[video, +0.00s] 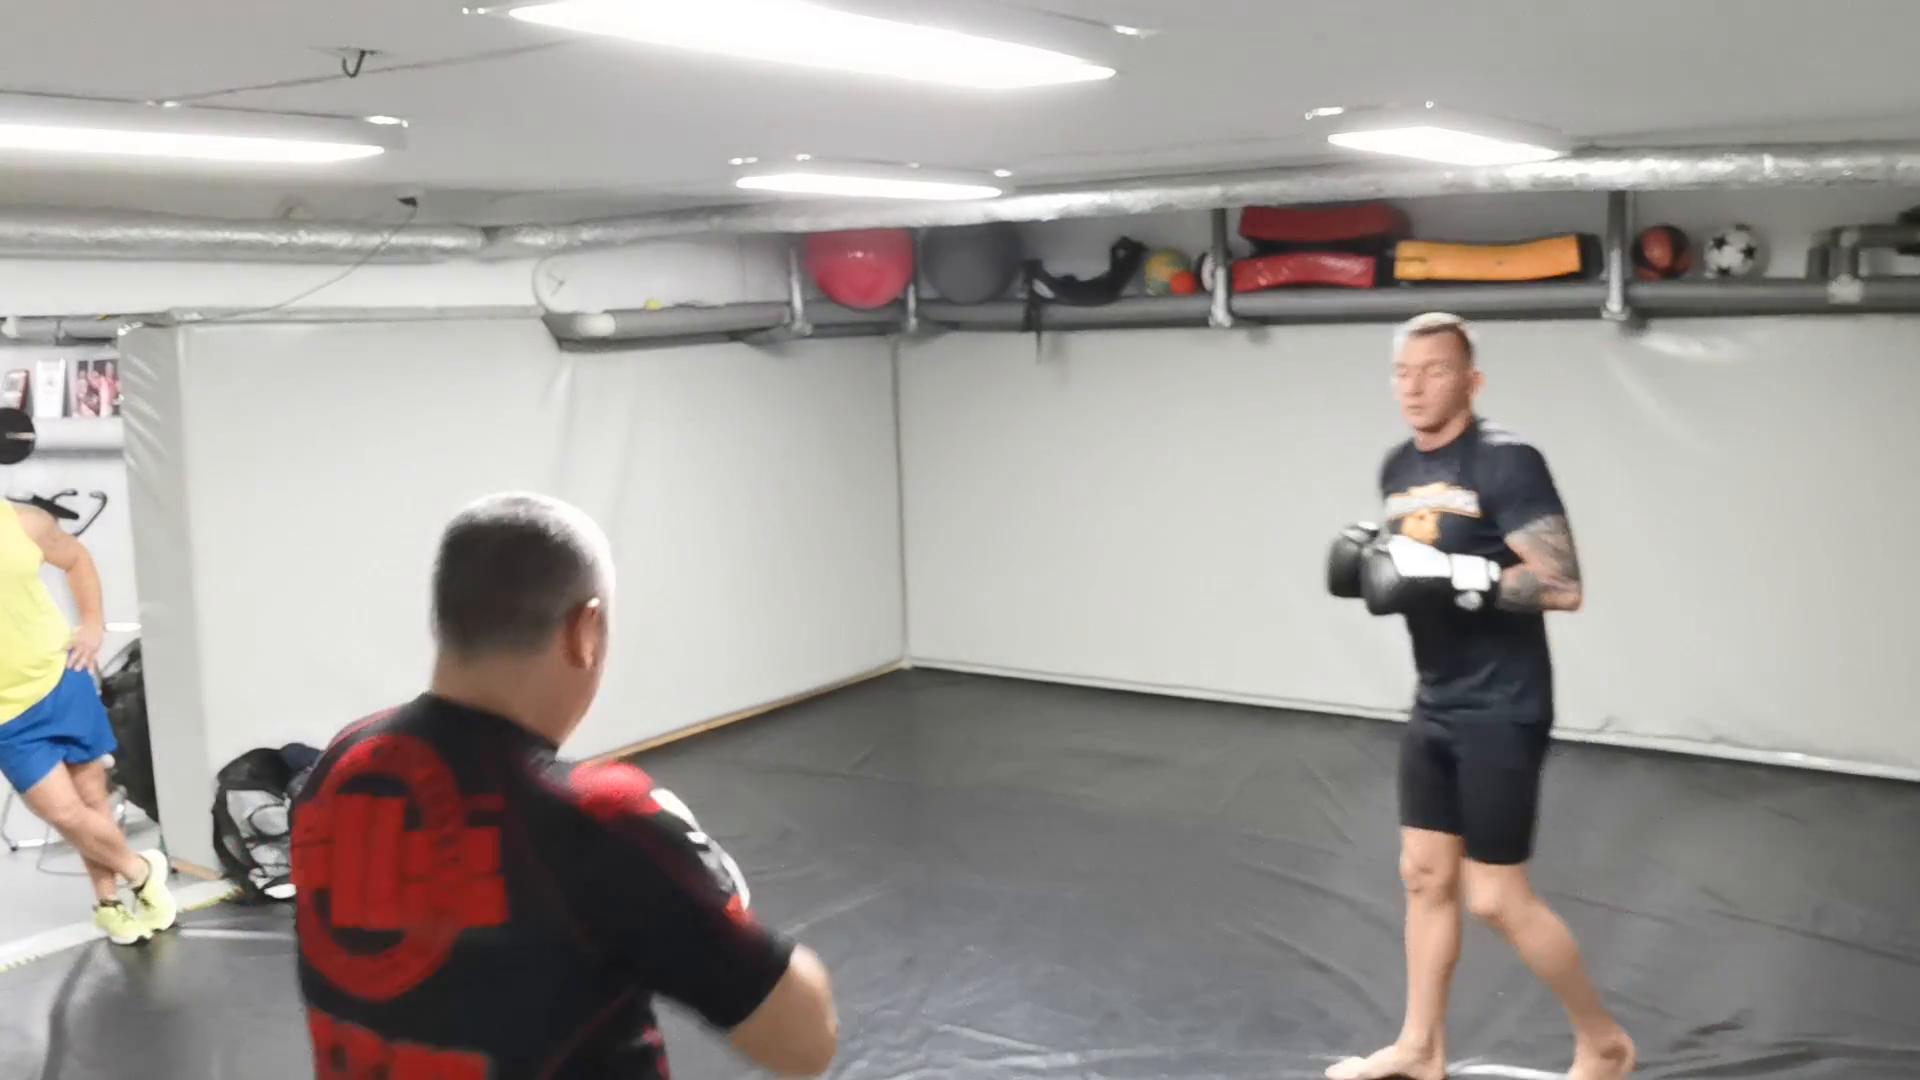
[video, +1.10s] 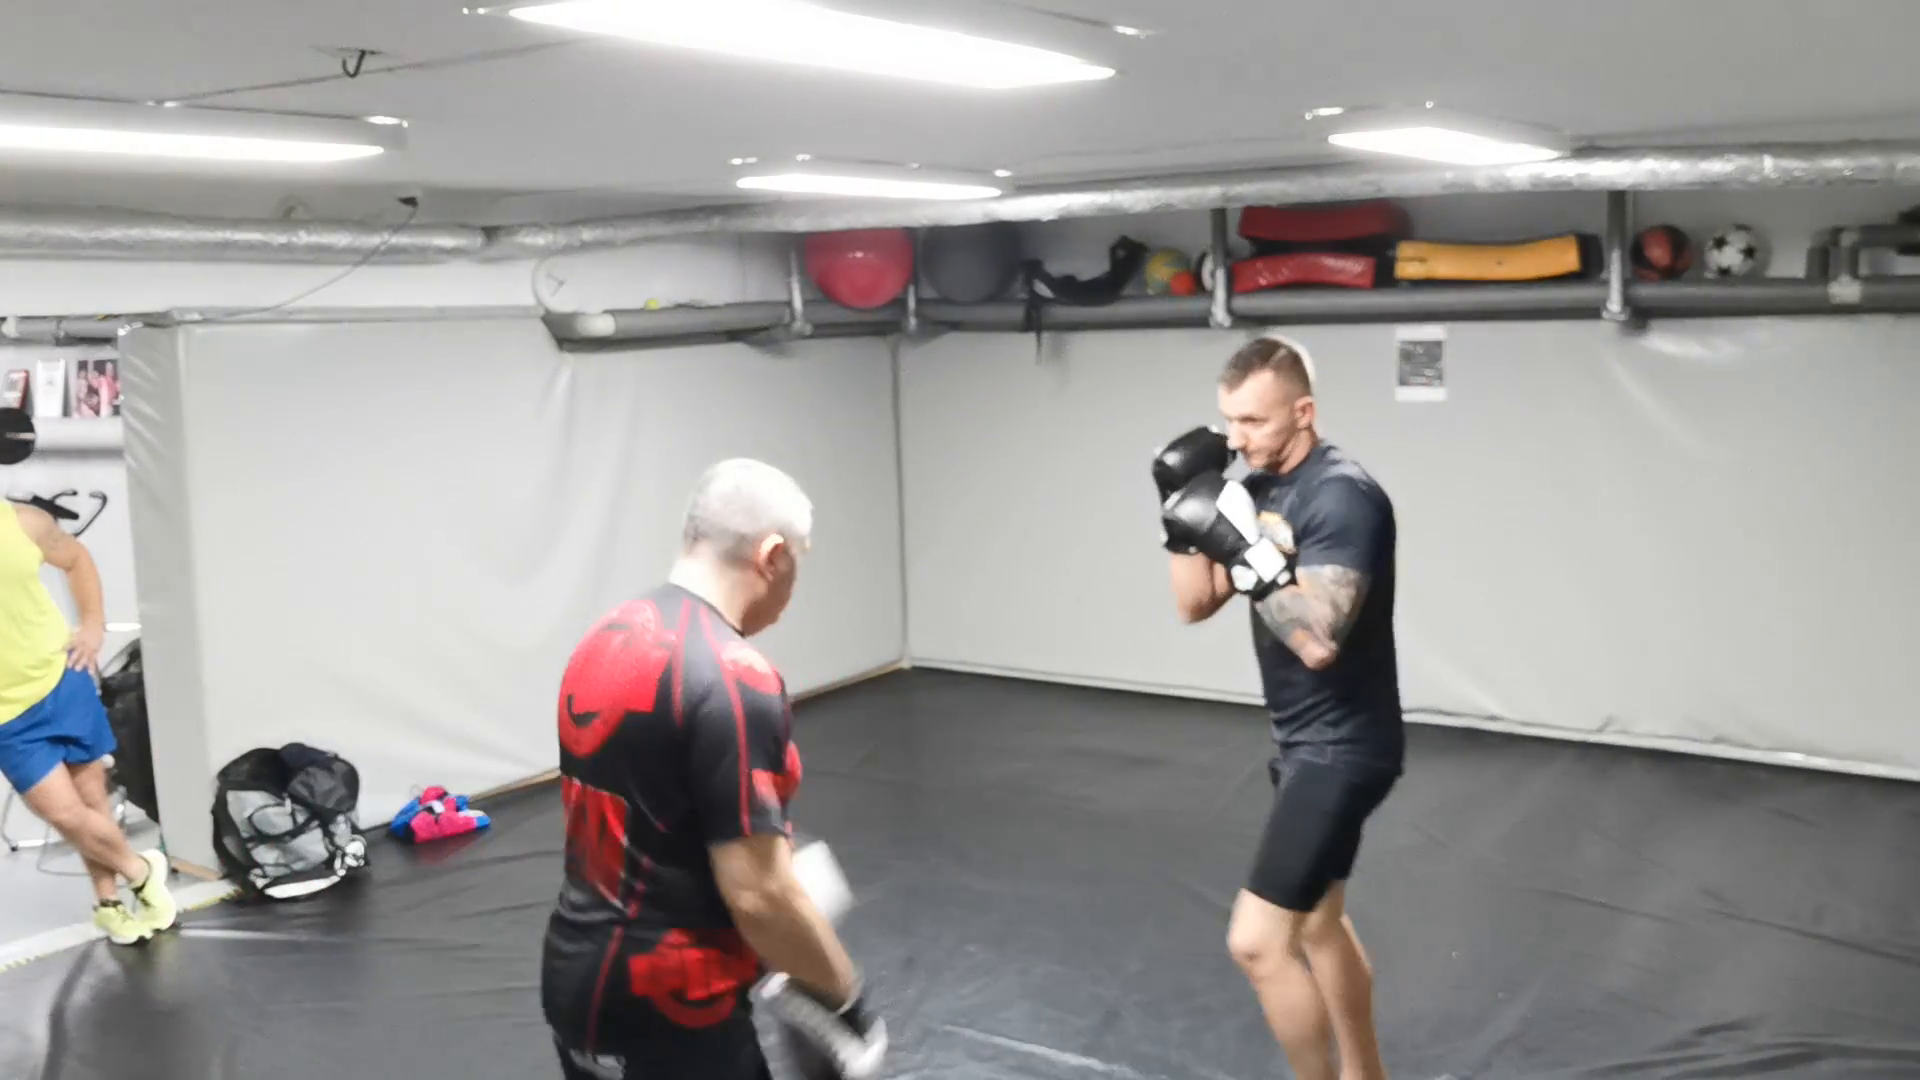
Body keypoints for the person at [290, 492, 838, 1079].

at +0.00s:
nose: (605, 661)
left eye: (611, 634)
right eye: (610, 633)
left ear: (445, 618)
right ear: (586, 635)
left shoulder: (335, 773)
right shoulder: (597, 819)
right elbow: (804, 1043)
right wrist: (716, 887)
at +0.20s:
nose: (651, 637)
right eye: (653, 612)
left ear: (495, 605)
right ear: (629, 616)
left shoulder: (389, 748)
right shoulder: (662, 780)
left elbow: (362, 952)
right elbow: (853, 971)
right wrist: (737, 880)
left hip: (424, 1073)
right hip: (638, 1067)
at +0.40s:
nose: (715, 623)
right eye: (718, 601)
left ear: (575, 595)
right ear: (703, 603)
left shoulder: (465, 728)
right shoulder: (741, 758)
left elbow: (416, 925)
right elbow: (904, 924)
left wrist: (552, 882)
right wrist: (811, 815)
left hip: (503, 1066)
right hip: (696, 1063)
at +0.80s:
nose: (781, 575)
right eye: (784, 555)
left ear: (659, 541)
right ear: (764, 553)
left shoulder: (554, 661)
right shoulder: (788, 686)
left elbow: (476, 832)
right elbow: (914, 873)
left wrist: (606, 834)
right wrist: (832, 815)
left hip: (594, 1034)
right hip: (741, 1039)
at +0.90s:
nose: (788, 587)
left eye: (794, 569)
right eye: (792, 567)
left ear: (680, 544)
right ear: (769, 561)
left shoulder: (565, 666)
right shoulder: (772, 691)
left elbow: (506, 839)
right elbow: (869, 897)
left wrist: (617, 862)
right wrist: (883, 854)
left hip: (591, 1019)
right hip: (725, 1033)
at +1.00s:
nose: (795, 595)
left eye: (802, 575)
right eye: (801, 573)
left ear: (693, 546)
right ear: (774, 567)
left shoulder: (592, 653)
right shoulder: (744, 691)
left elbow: (546, 833)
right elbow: (798, 898)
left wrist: (655, 884)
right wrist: (887, 938)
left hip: (583, 991)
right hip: (694, 1024)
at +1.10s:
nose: (795, 586)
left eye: (802, 566)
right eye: (799, 565)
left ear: (693, 536)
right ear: (769, 556)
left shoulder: (609, 636)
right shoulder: (730, 676)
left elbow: (628, 826)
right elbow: (760, 893)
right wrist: (847, 999)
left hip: (582, 975)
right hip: (674, 1007)